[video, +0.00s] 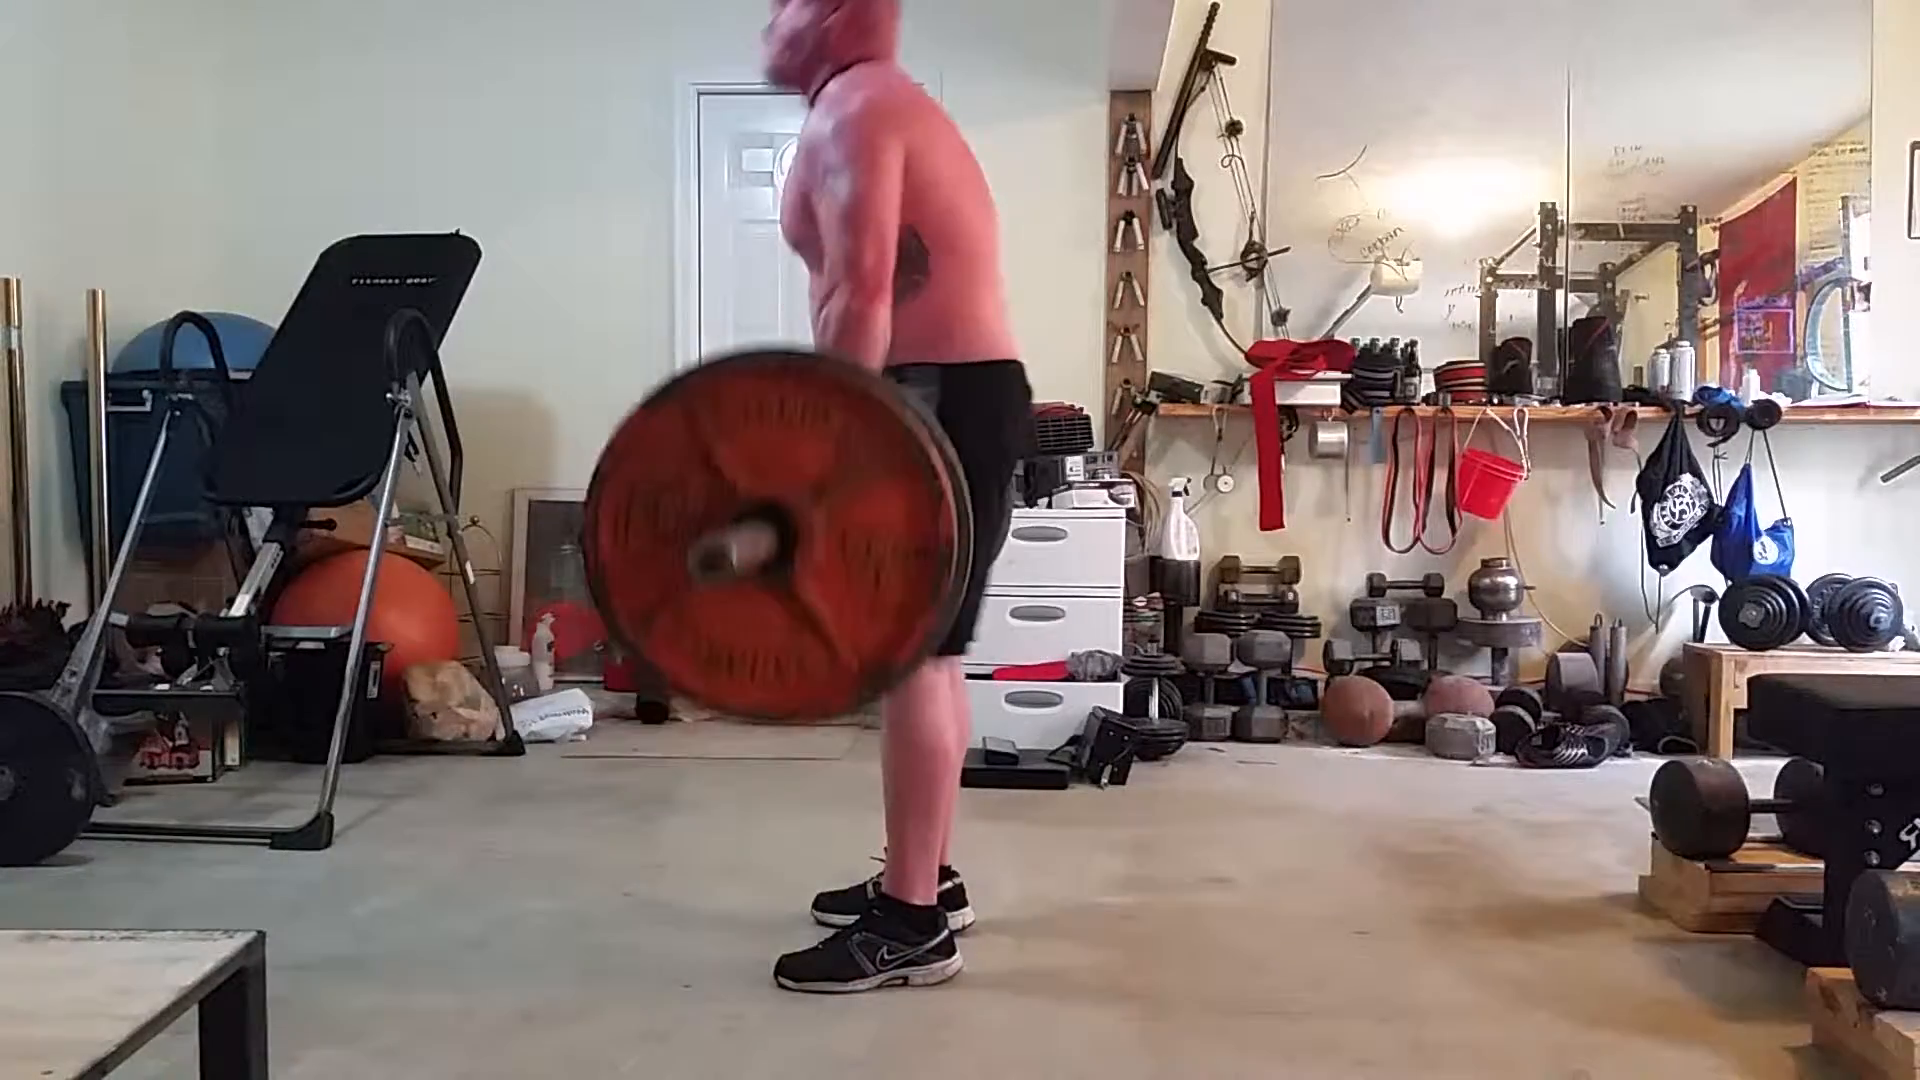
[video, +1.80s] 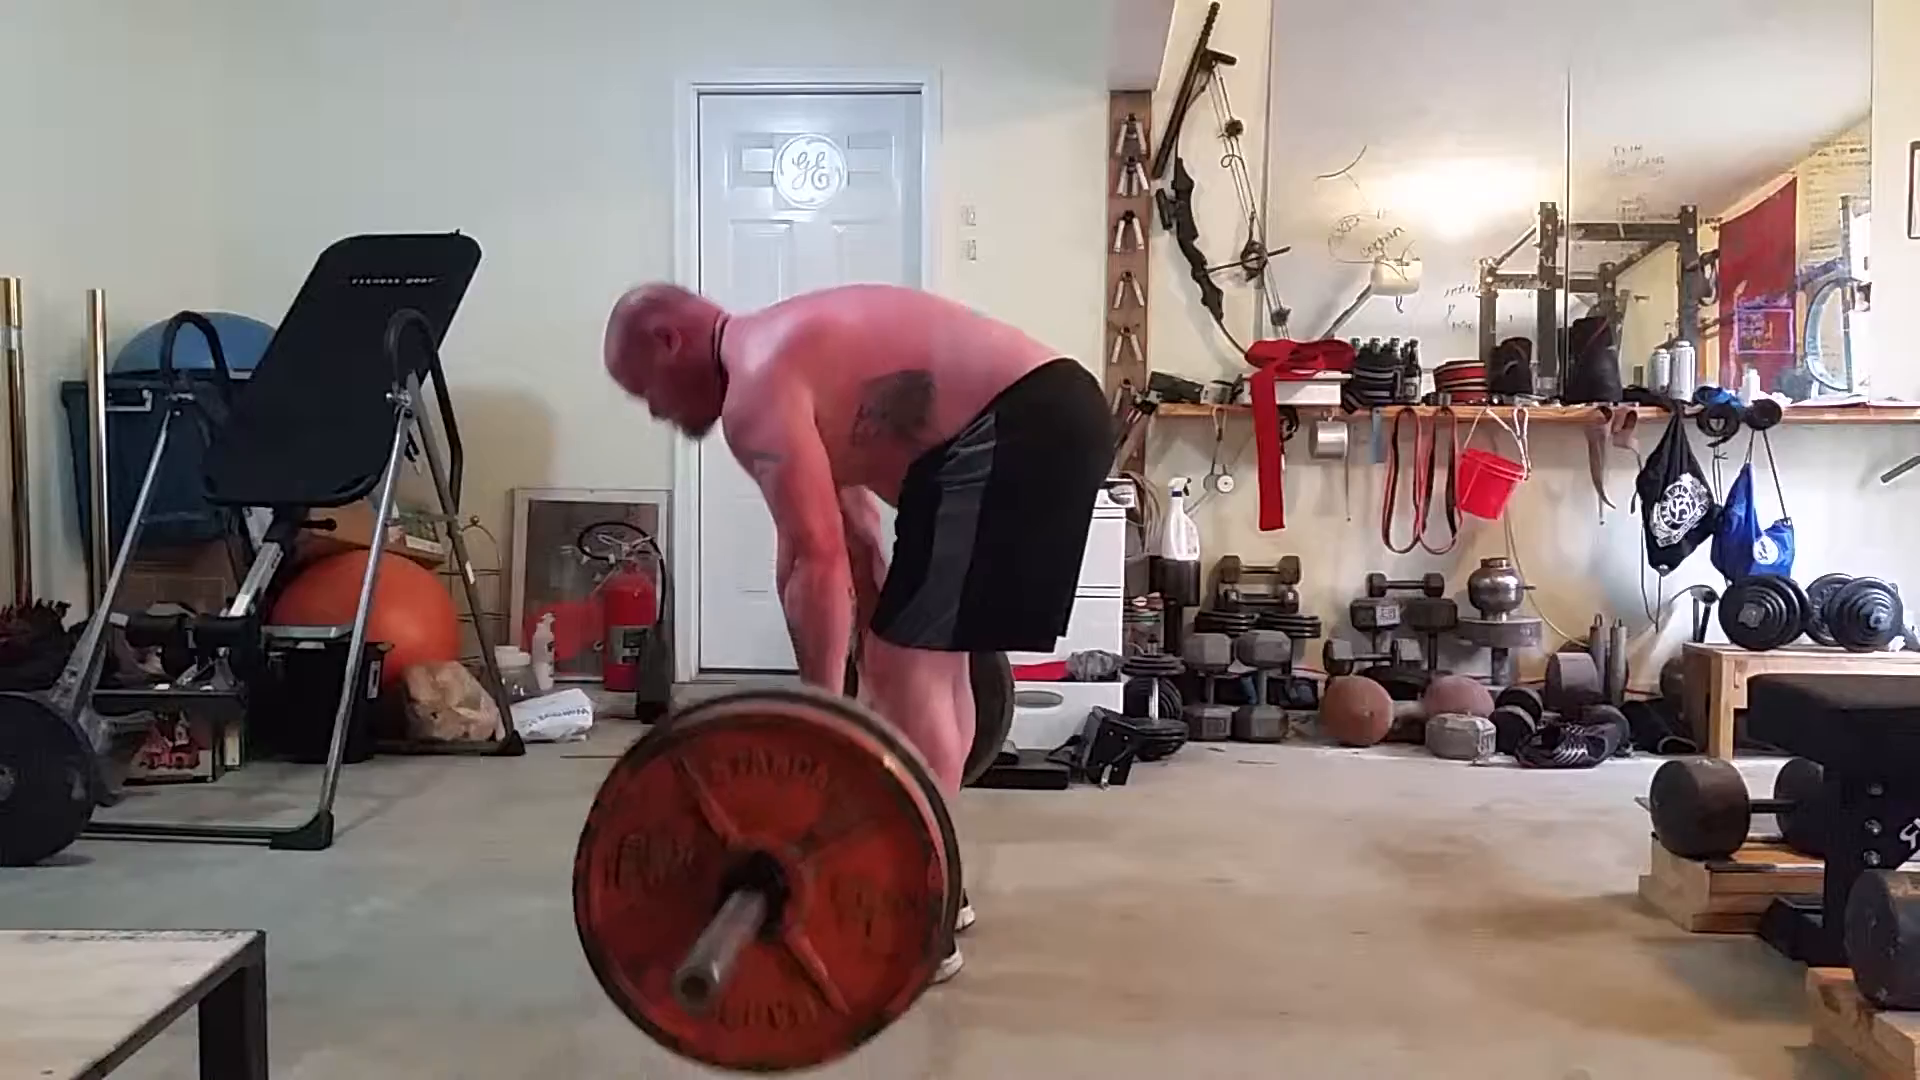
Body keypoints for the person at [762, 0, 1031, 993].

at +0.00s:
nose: (769, 21)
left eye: (787, 4)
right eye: (775, 6)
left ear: (841, 13)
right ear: (853, 21)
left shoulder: (860, 112)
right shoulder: (855, 115)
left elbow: (860, 294)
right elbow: (841, 302)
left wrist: (822, 454)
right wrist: (803, 451)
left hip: (945, 395)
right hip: (946, 395)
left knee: (921, 656)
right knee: (922, 654)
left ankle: (913, 917)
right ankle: (922, 882)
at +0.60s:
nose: (687, 137)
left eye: (691, 110)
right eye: (683, 114)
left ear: (740, 86)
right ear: (752, 85)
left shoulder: (814, 162)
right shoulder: (810, 162)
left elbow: (840, 346)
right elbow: (839, 345)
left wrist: (816, 519)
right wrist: (807, 516)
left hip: (961, 404)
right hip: (945, 403)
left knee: (909, 650)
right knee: (918, 647)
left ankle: (911, 913)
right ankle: (922, 877)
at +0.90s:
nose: (655, 284)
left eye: (649, 259)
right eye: (644, 269)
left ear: (684, 215)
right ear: (695, 211)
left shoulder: (776, 269)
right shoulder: (780, 269)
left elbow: (827, 446)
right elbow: (838, 458)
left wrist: (819, 618)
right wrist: (841, 616)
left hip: (996, 417)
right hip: (967, 426)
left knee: (906, 676)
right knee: (903, 667)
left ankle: (909, 915)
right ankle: (924, 885)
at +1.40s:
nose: (662, 440)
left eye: (643, 416)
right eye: (641, 425)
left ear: (667, 361)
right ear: (675, 355)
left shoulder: (759, 401)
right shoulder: (785, 379)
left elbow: (815, 578)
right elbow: (865, 563)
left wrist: (823, 740)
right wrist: (871, 678)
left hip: (1022, 427)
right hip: (1037, 418)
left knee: (913, 661)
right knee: (910, 657)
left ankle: (920, 889)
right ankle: (914, 881)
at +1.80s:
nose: (652, 411)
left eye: (643, 391)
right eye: (638, 399)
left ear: (673, 343)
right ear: (681, 336)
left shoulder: (759, 390)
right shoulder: (777, 359)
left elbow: (815, 559)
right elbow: (856, 538)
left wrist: (813, 730)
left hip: (1013, 427)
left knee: (901, 661)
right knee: (922, 660)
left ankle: (920, 912)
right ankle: (932, 896)